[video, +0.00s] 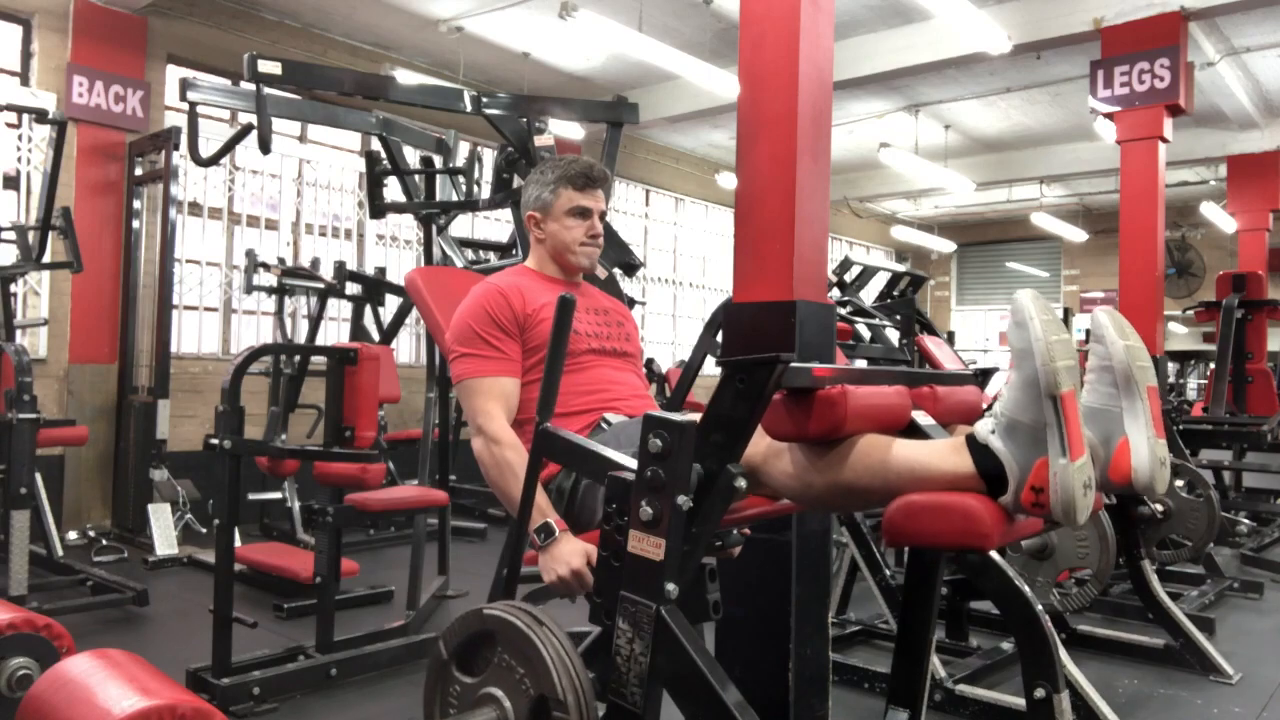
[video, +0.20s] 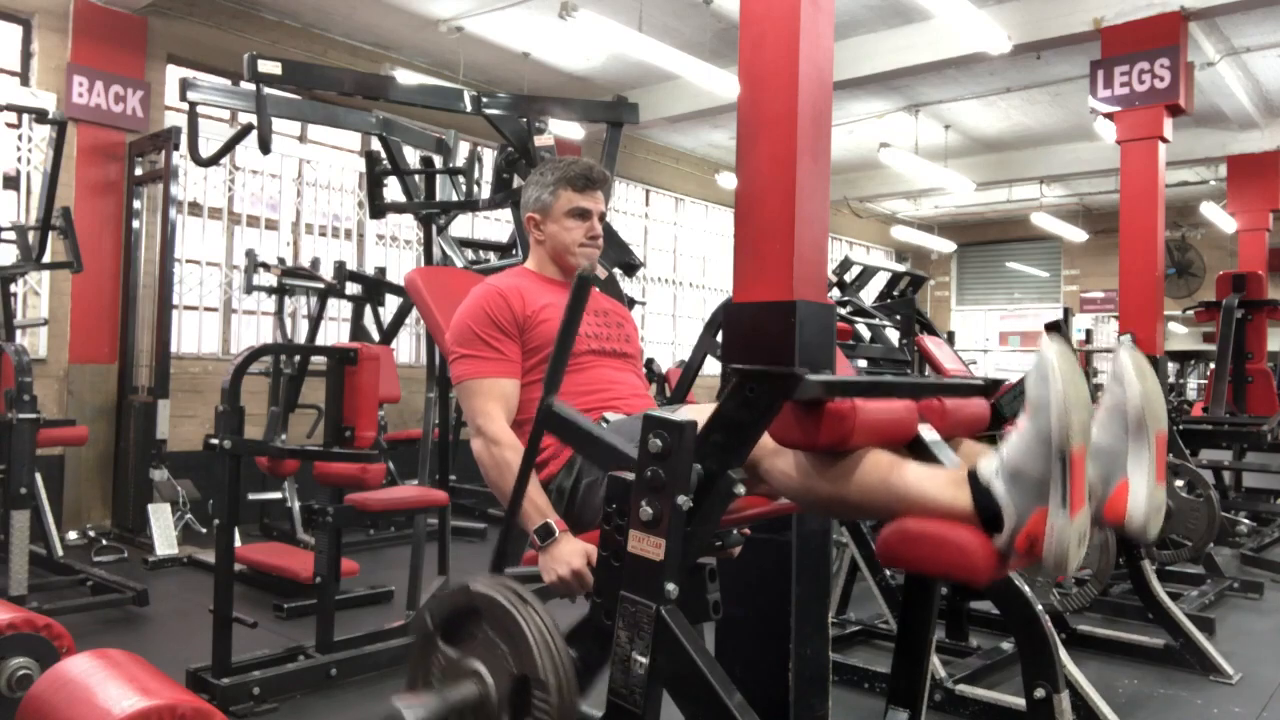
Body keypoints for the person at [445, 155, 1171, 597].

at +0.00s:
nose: (594, 231)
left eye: (599, 219)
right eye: (578, 216)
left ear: (598, 225)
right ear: (533, 220)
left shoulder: (609, 306)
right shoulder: (495, 298)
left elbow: (644, 397)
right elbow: (488, 430)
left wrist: (711, 428)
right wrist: (549, 531)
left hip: (662, 440)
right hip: (587, 461)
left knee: (826, 449)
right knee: (771, 454)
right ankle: (991, 455)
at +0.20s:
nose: (592, 232)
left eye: (598, 220)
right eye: (577, 217)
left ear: (599, 227)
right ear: (532, 221)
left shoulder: (610, 307)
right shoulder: (495, 300)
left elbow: (652, 398)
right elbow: (488, 429)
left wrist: (716, 422)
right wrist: (548, 532)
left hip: (656, 439)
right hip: (584, 461)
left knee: (811, 447)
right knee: (767, 453)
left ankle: (992, 493)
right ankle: (982, 493)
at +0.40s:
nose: (595, 232)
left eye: (600, 220)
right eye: (578, 218)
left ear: (600, 229)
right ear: (533, 224)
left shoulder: (610, 307)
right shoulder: (496, 300)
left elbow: (652, 400)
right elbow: (487, 433)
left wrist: (742, 411)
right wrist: (552, 534)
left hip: (657, 444)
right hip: (590, 461)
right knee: (783, 423)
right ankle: (956, 584)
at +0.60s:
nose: (592, 230)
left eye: (598, 218)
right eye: (577, 216)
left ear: (599, 225)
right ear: (532, 221)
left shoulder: (612, 302)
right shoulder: (495, 301)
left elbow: (659, 399)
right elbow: (495, 439)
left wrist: (736, 412)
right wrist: (554, 536)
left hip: (660, 438)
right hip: (583, 460)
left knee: (850, 415)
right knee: (762, 428)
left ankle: (978, 622)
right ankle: (879, 661)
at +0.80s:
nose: (594, 236)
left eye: (600, 224)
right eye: (580, 222)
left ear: (604, 230)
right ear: (534, 223)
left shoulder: (611, 304)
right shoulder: (504, 292)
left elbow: (647, 400)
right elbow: (487, 427)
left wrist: (712, 434)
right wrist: (551, 536)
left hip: (656, 449)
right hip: (584, 469)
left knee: (851, 418)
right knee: (756, 417)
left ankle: (906, 644)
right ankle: (802, 677)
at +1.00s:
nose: (594, 232)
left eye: (600, 218)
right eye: (578, 216)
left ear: (602, 223)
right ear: (535, 220)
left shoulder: (605, 303)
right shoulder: (502, 301)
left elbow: (642, 392)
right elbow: (491, 435)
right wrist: (551, 536)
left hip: (656, 448)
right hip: (589, 469)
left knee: (847, 421)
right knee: (756, 419)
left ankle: (862, 640)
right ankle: (753, 670)